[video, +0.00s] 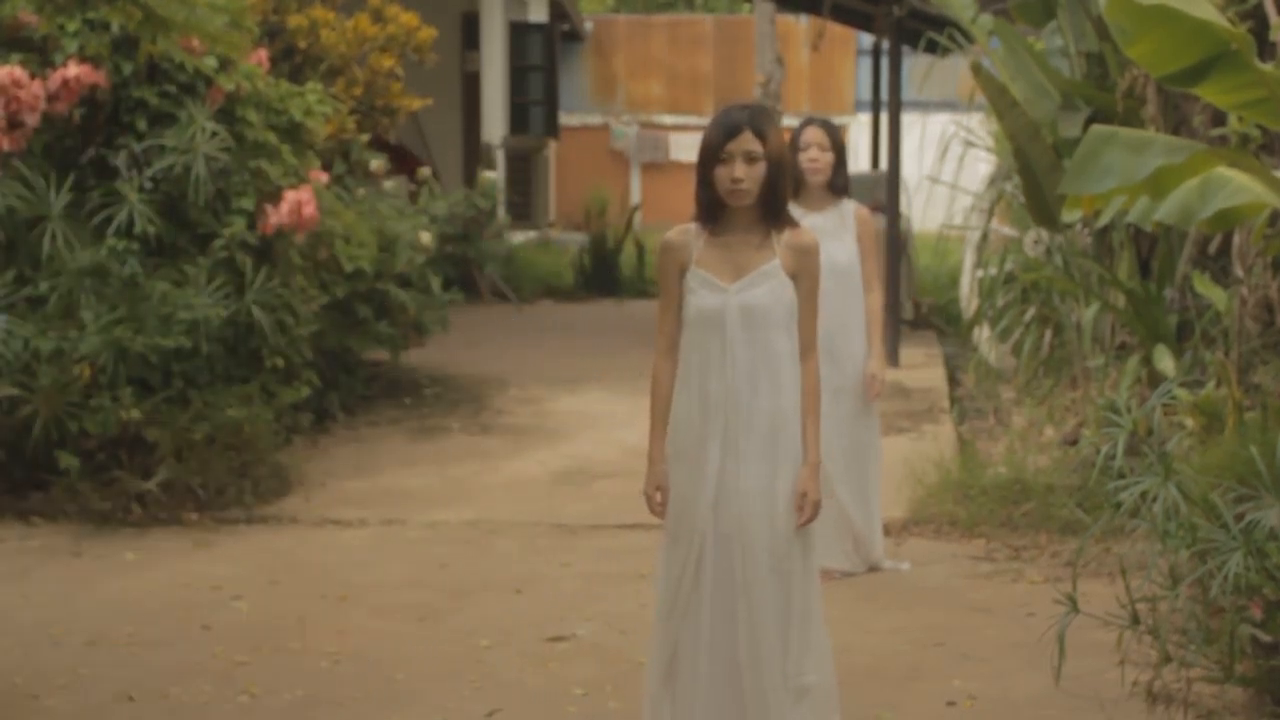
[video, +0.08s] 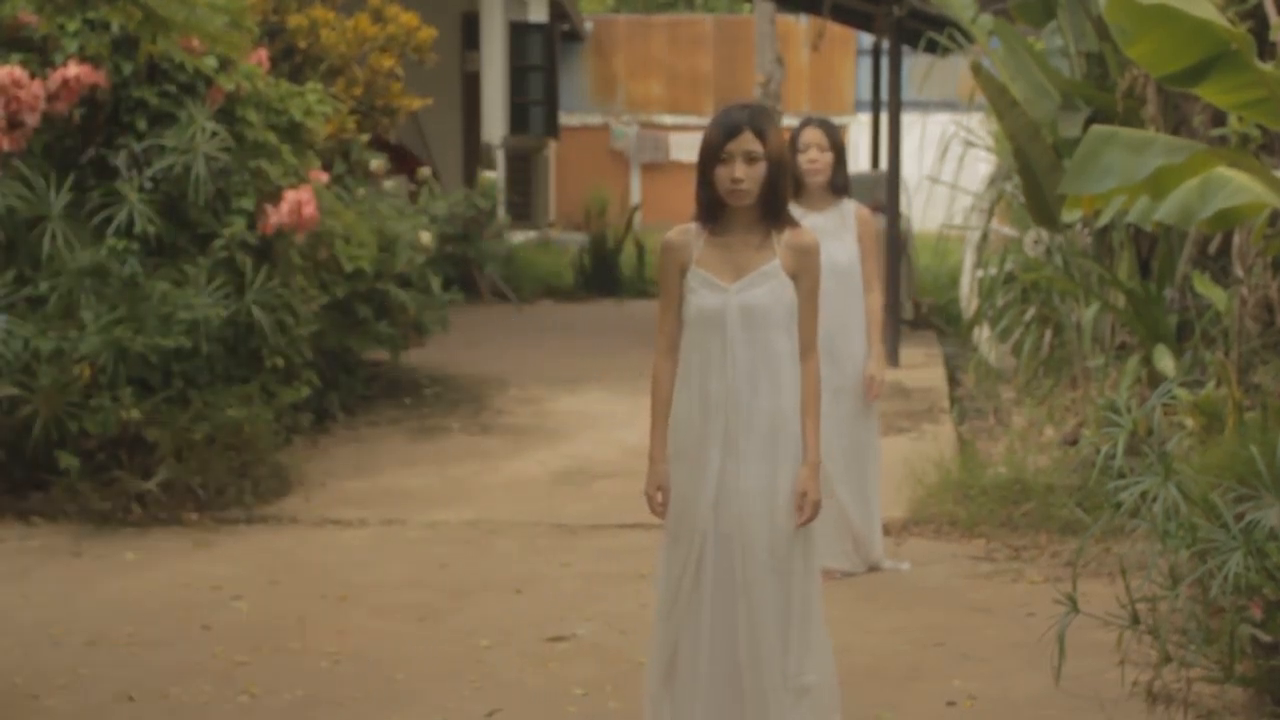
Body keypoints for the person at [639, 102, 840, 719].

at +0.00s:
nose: (738, 173)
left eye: (752, 160)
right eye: (725, 160)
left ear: (771, 169)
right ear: (708, 168)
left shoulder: (797, 247)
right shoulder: (682, 246)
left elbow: (808, 358)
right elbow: (665, 356)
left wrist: (811, 462)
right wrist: (656, 457)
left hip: (772, 448)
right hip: (700, 448)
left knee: (769, 603)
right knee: (702, 601)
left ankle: (769, 711)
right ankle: (702, 711)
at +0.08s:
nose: (738, 174)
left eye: (752, 160)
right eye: (726, 160)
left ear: (771, 169)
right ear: (708, 168)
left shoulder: (797, 247)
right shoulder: (683, 245)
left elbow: (808, 358)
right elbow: (665, 356)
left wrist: (811, 461)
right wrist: (657, 458)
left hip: (772, 448)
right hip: (700, 448)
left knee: (769, 602)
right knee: (702, 601)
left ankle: (770, 711)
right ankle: (702, 711)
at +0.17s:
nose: (738, 174)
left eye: (752, 161)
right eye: (726, 161)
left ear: (771, 169)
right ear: (708, 169)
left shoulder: (797, 246)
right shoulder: (683, 245)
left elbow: (808, 358)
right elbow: (666, 355)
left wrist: (811, 461)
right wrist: (657, 458)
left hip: (772, 448)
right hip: (701, 448)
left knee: (769, 601)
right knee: (703, 601)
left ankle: (770, 711)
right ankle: (703, 711)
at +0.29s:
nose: (738, 174)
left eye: (751, 161)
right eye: (725, 161)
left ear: (771, 169)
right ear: (708, 168)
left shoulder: (797, 246)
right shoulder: (683, 245)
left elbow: (808, 358)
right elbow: (666, 355)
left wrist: (810, 461)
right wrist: (657, 458)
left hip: (772, 448)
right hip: (701, 448)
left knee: (770, 602)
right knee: (702, 602)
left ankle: (770, 711)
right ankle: (703, 711)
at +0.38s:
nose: (737, 174)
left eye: (751, 161)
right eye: (725, 161)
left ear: (770, 169)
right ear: (708, 168)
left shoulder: (797, 247)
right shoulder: (683, 245)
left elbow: (808, 358)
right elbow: (666, 355)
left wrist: (810, 461)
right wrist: (657, 458)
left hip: (772, 449)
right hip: (701, 448)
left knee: (769, 602)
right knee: (702, 602)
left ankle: (770, 711)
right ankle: (702, 711)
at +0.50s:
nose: (737, 174)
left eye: (751, 161)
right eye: (725, 161)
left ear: (770, 169)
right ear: (708, 168)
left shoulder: (797, 247)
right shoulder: (682, 245)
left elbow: (808, 357)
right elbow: (666, 354)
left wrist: (810, 461)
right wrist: (657, 458)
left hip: (772, 449)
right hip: (700, 448)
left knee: (769, 603)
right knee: (702, 602)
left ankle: (770, 711)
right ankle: (703, 711)